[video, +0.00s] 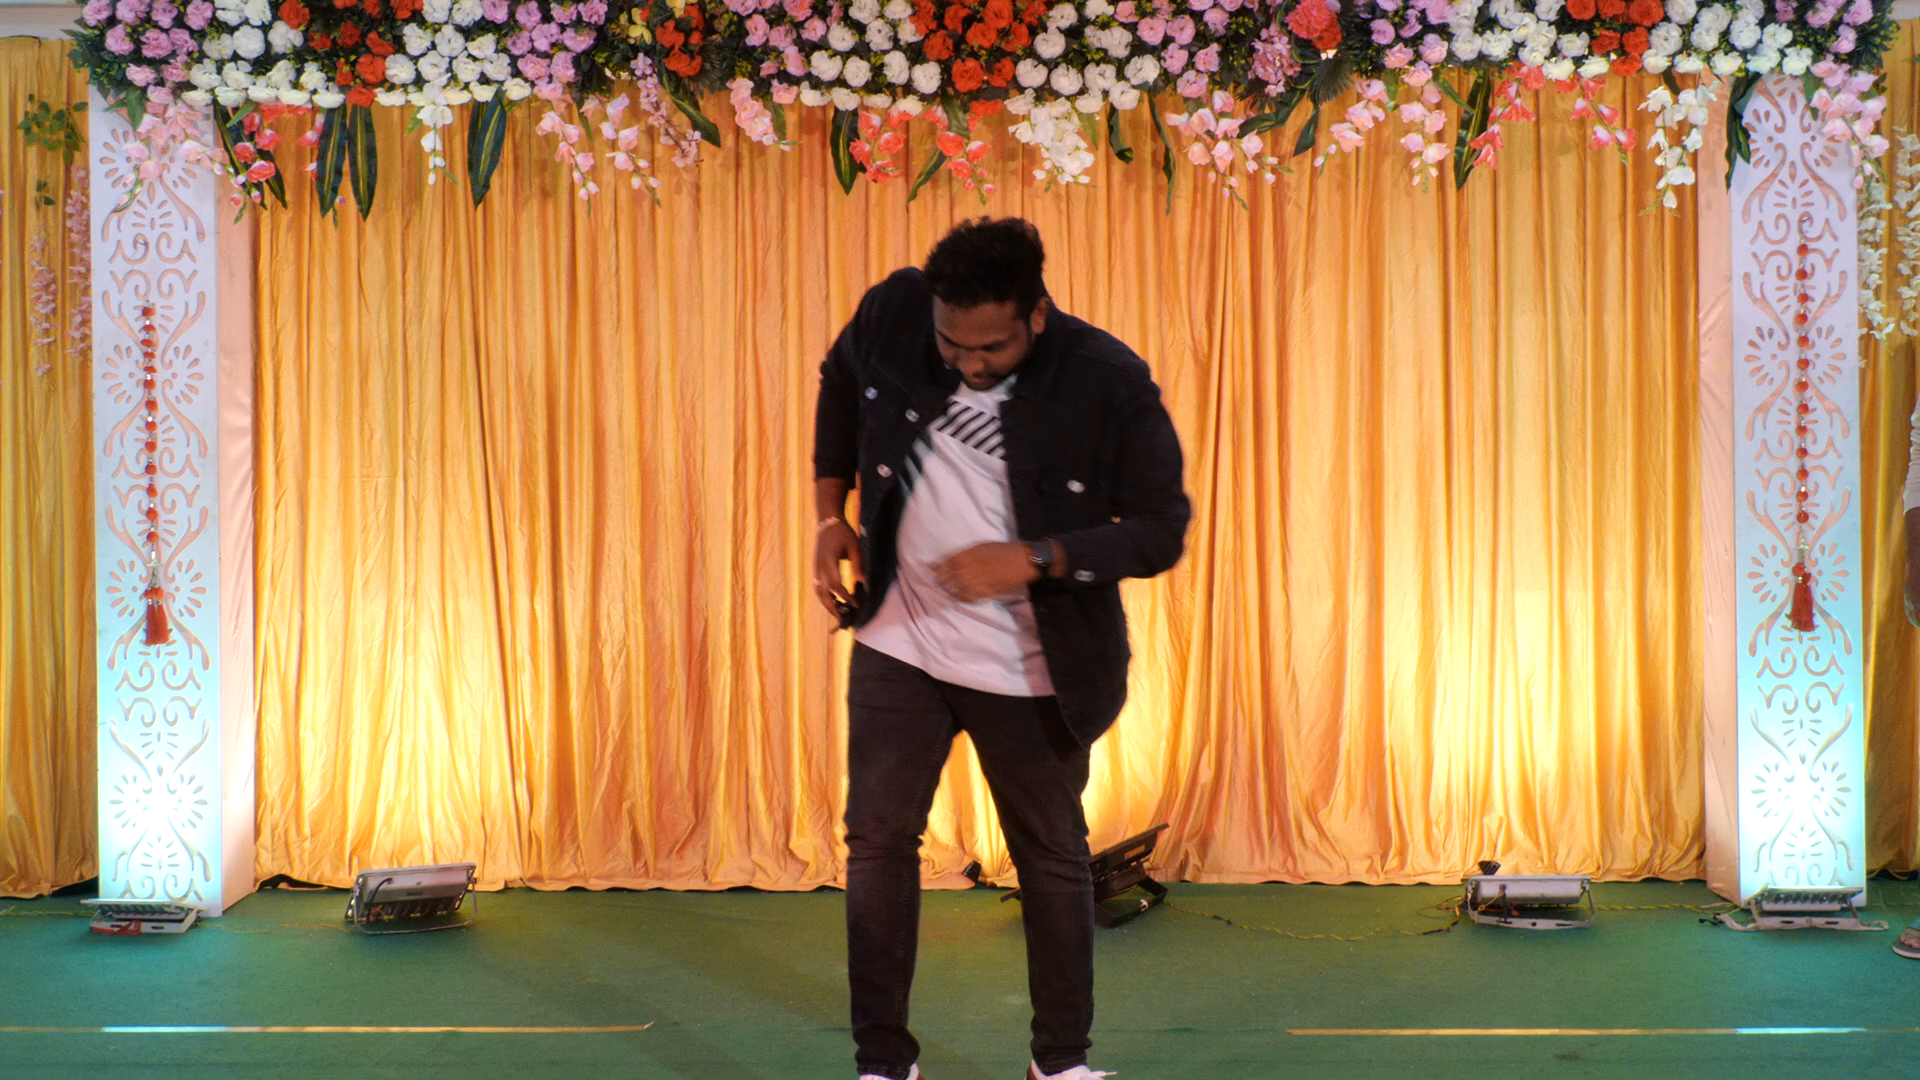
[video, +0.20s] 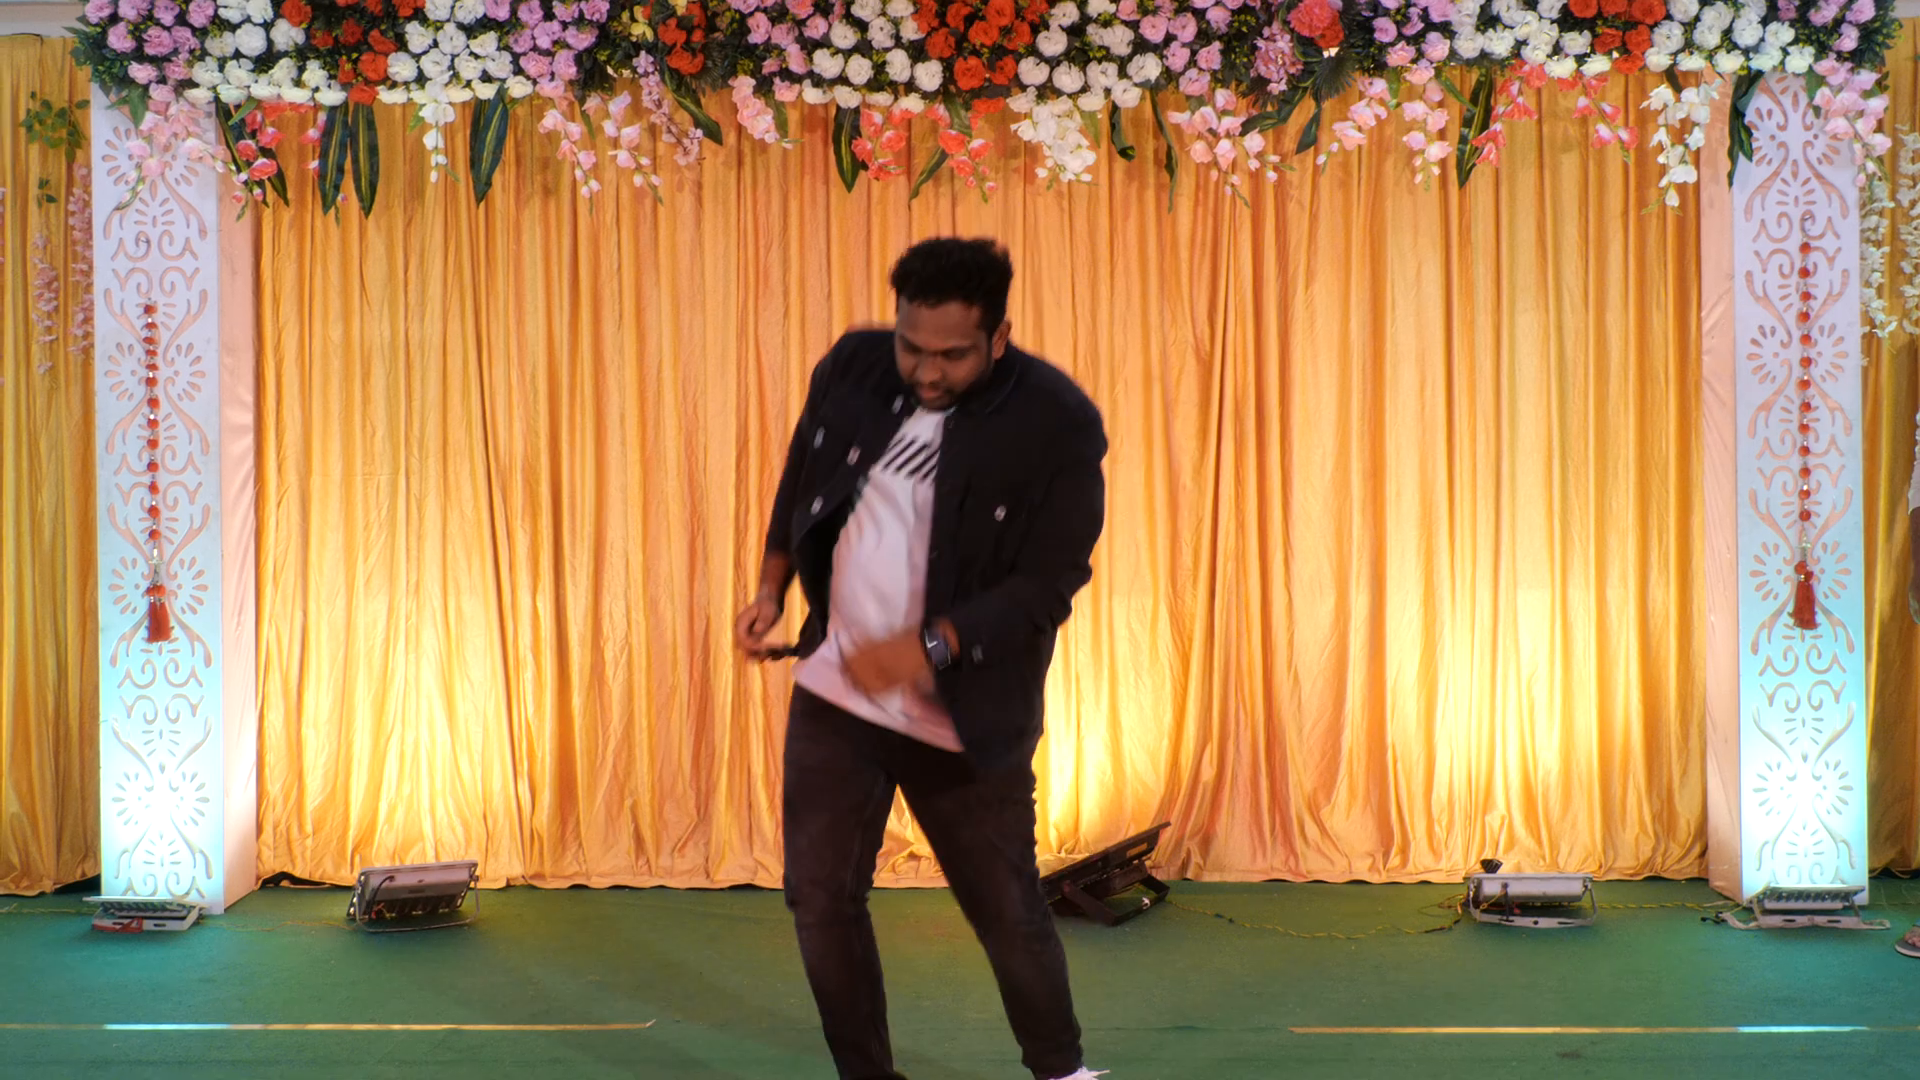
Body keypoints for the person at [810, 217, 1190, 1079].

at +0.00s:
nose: (970, 365)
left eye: (991, 348)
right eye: (953, 343)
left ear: (1036, 315)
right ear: (933, 308)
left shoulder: (1106, 379)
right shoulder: (896, 311)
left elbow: (1161, 530)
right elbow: (842, 381)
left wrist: (1035, 558)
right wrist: (831, 511)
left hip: (1025, 663)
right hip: (901, 642)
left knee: (1053, 860)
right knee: (877, 842)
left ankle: (1062, 1058)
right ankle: (881, 1061)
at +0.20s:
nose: (929, 374)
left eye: (953, 355)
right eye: (912, 349)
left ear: (997, 337)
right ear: (893, 322)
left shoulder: (1057, 421)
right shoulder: (852, 367)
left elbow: (1049, 583)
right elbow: (803, 476)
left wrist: (927, 645)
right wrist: (772, 582)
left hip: (961, 720)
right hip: (836, 698)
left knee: (1008, 912)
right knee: (821, 901)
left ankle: (1061, 1068)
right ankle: (867, 1074)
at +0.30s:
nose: (911, 399)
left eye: (937, 382)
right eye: (896, 373)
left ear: (975, 362)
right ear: (872, 344)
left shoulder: (1037, 435)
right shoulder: (821, 417)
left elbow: (1093, 567)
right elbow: (792, 544)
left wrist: (1023, 680)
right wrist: (777, 624)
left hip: (959, 728)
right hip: (828, 712)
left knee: (1001, 918)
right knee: (809, 915)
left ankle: (1068, 1053)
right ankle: (866, 1075)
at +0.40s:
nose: (913, 404)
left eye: (937, 387)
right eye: (895, 380)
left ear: (967, 357)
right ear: (864, 345)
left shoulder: (1026, 398)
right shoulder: (804, 418)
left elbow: (1139, 455)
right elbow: (754, 558)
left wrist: (1108, 593)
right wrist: (804, 580)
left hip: (976, 709)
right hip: (842, 711)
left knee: (1028, 886)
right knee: (828, 911)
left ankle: (1046, 1029)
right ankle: (870, 1073)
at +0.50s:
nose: (936, 374)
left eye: (959, 354)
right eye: (917, 351)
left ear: (985, 323)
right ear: (880, 318)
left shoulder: (1032, 341)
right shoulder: (809, 383)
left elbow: (1142, 338)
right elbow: (738, 535)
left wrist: (1157, 475)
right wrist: (850, 508)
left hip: (1005, 672)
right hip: (866, 684)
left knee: (1059, 856)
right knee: (851, 892)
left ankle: (1057, 1052)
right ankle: (870, 1071)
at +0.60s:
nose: (957, 333)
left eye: (980, 311)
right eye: (937, 309)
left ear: (1002, 283)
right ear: (894, 279)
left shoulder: (1040, 289)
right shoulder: (822, 350)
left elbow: (1124, 289)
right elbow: (752, 504)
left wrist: (1174, 409)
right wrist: (889, 482)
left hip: (1039, 652)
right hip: (895, 667)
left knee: (1083, 864)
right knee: (875, 877)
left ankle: (1102, 1067)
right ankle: (868, 1065)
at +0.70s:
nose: (974, 316)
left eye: (992, 293)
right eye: (951, 294)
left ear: (1010, 271)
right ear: (902, 272)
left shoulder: (1039, 287)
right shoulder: (833, 346)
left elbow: (1107, 331)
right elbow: (788, 503)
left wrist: (1177, 408)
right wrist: (931, 527)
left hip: (1062, 650)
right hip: (917, 667)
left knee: (1092, 869)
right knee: (888, 877)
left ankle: (1107, 1067)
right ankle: (874, 1065)